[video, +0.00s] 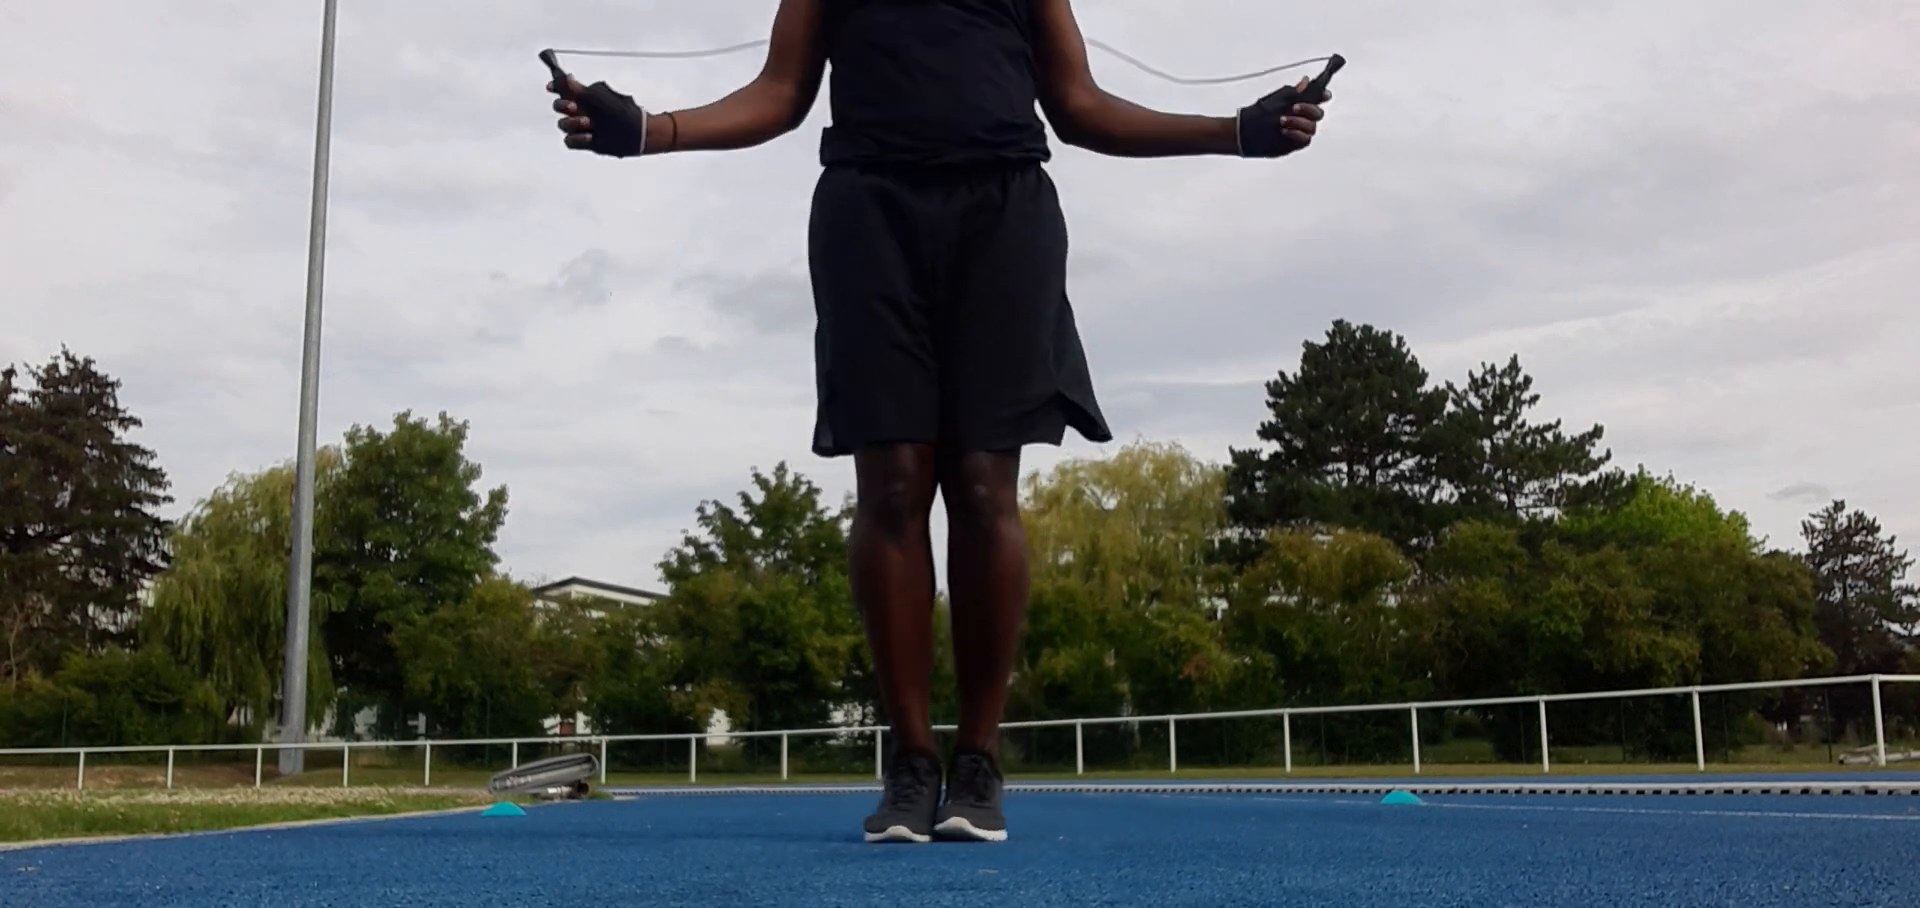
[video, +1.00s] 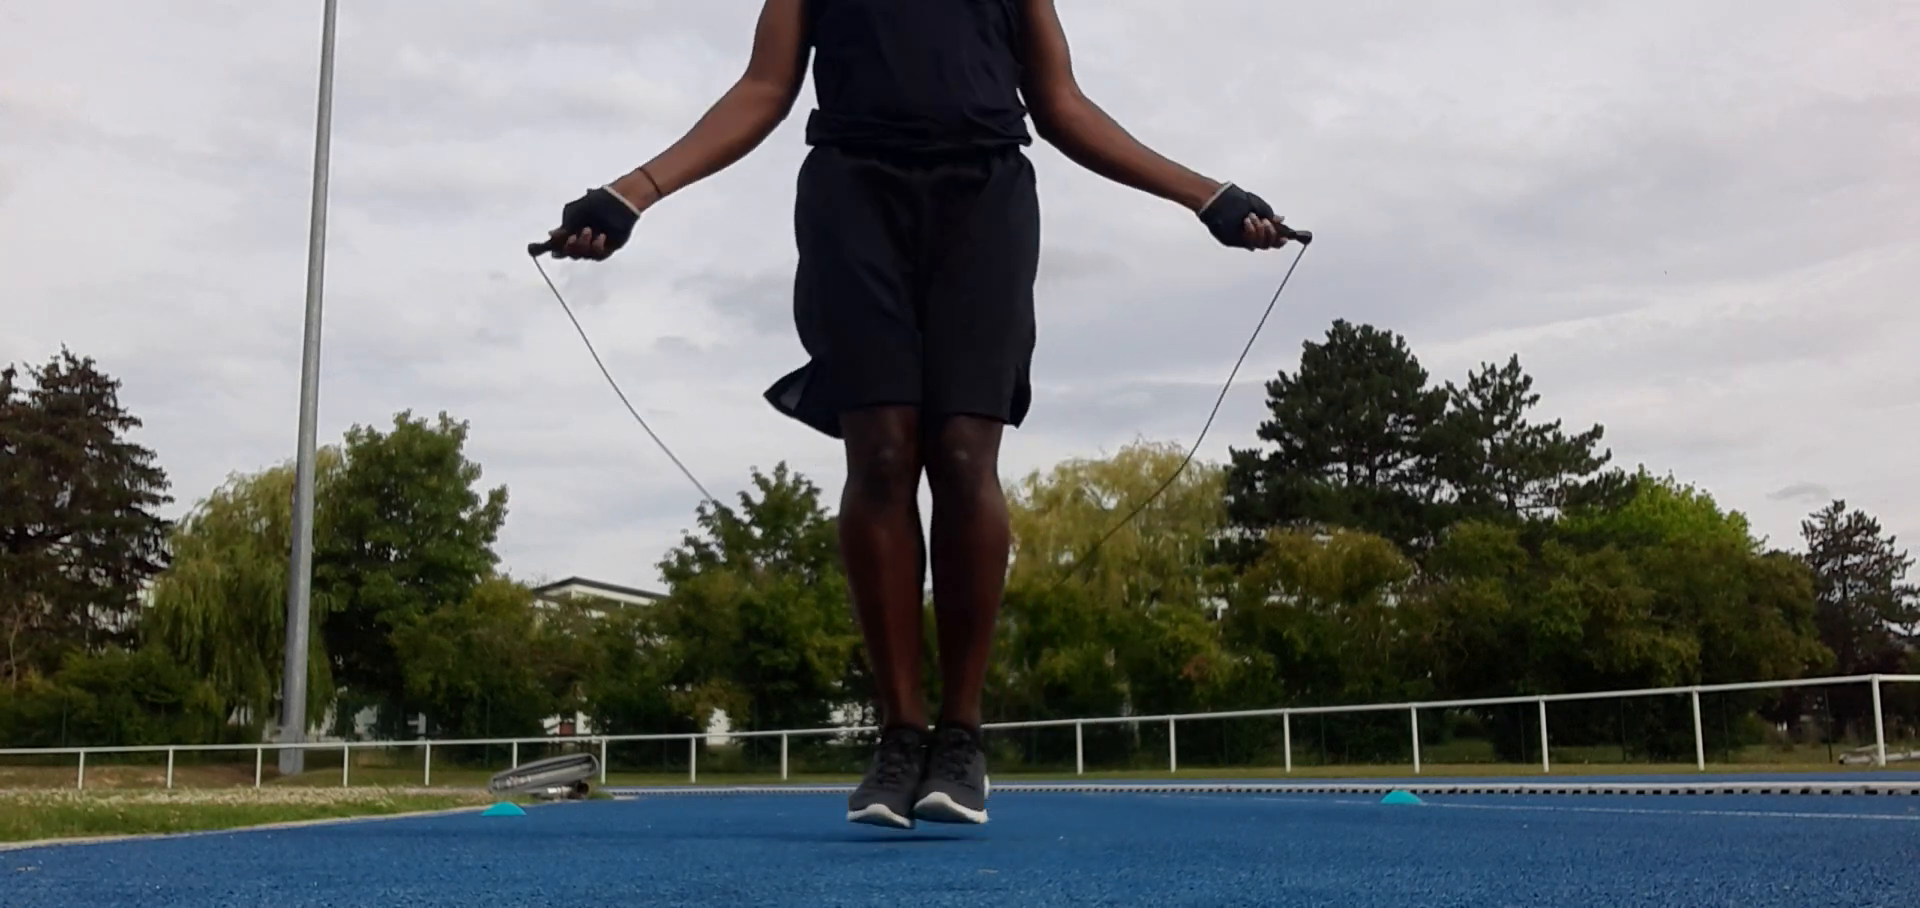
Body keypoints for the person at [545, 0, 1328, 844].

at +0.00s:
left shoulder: (1030, 7)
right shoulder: (823, 7)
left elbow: (1082, 109)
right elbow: (778, 94)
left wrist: (1239, 129)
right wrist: (645, 128)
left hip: (1003, 205)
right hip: (869, 206)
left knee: (983, 484)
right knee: (893, 481)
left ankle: (977, 764)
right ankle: (910, 769)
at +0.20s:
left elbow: (1078, 73)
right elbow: (771, 57)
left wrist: (1200, 187)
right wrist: (662, 178)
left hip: (999, 176)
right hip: (864, 178)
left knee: (987, 448)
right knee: (884, 447)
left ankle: (986, 736)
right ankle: (904, 747)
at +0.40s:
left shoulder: (1026, 3)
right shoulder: (813, 1)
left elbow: (1083, 126)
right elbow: (764, 112)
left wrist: (1229, 136)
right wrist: (646, 137)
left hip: (998, 228)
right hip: (863, 229)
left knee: (982, 495)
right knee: (890, 493)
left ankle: (975, 773)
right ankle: (916, 775)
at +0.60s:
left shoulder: (1021, 3)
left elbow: (1066, 89)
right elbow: (771, 74)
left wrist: (1196, 196)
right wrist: (655, 193)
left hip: (996, 180)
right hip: (861, 183)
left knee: (977, 443)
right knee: (886, 444)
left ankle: (981, 737)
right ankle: (903, 740)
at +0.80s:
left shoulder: (1020, 6)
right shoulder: (802, 3)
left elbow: (1080, 118)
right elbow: (756, 103)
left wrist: (1212, 159)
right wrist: (651, 154)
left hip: (988, 235)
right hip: (857, 235)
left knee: (970, 489)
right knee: (881, 489)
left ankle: (967, 767)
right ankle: (909, 772)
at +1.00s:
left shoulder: (1013, 4)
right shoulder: (810, 2)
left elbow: (1062, 105)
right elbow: (764, 87)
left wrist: (1205, 192)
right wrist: (633, 190)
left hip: (987, 188)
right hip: (853, 186)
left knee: (964, 452)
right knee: (880, 450)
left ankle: (960, 739)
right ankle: (899, 741)